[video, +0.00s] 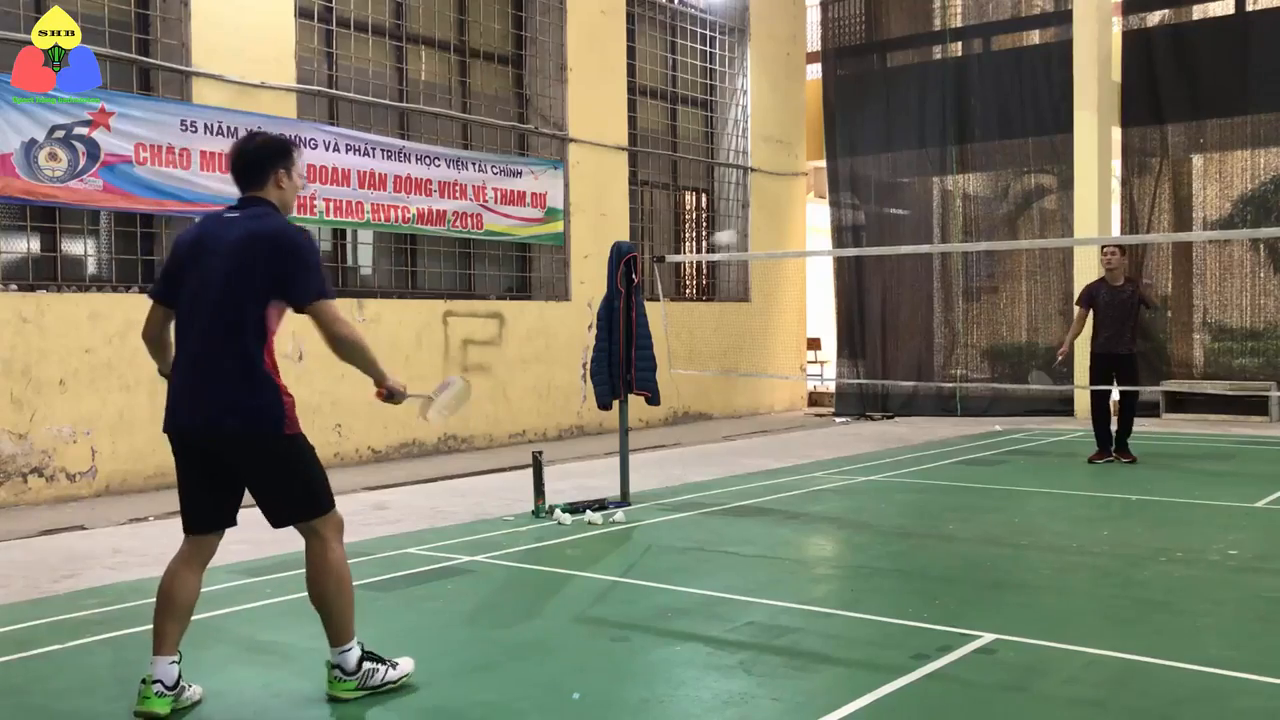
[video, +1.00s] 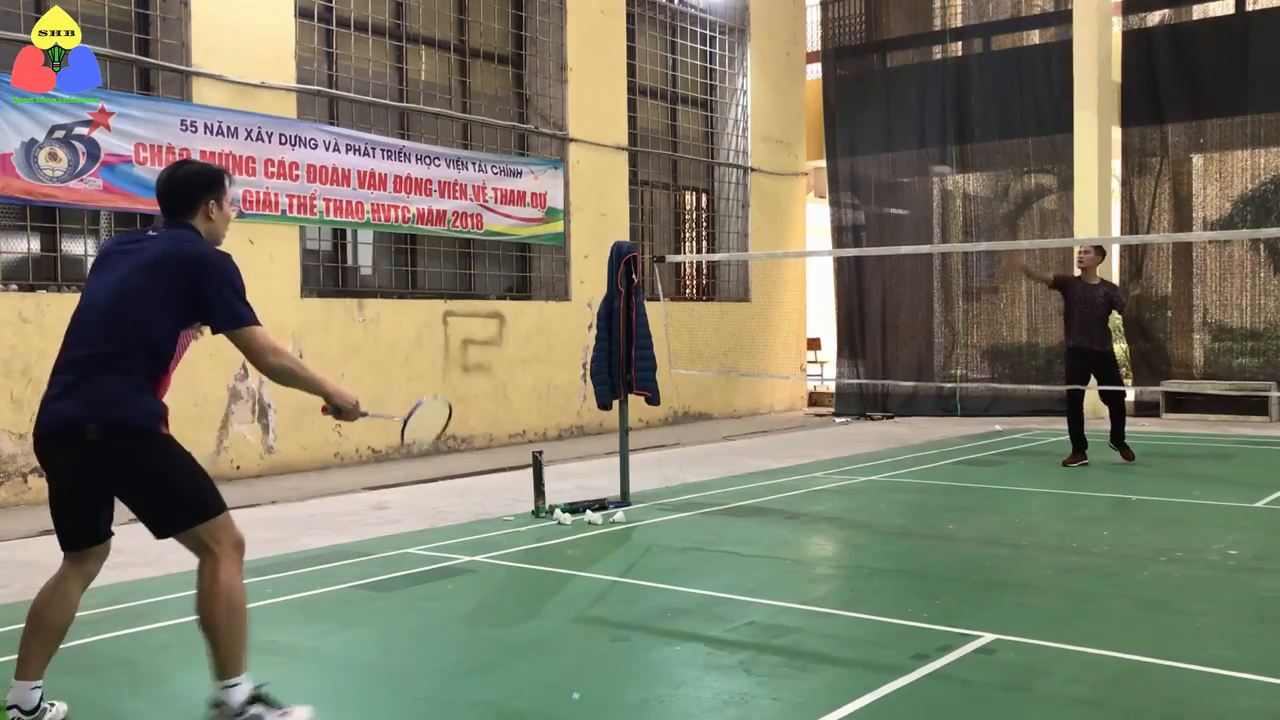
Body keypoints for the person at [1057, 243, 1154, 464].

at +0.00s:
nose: (1107, 257)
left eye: (1113, 254)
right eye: (1104, 254)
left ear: (1124, 259)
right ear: (1101, 259)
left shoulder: (1136, 288)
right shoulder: (1092, 289)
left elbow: (1156, 309)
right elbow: (1079, 320)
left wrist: (1152, 294)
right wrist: (1067, 343)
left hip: (1126, 353)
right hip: (1100, 354)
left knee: (1129, 399)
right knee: (1099, 401)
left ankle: (1122, 447)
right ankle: (1104, 448)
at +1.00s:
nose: (1080, 255)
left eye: (1086, 252)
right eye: (1080, 252)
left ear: (1099, 258)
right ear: (1079, 259)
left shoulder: (1109, 288)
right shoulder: (1069, 282)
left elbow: (1125, 311)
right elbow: (1045, 277)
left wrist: (1131, 296)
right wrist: (1024, 268)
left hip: (1103, 352)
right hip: (1076, 351)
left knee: (1117, 397)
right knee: (1074, 402)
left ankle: (1118, 440)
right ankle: (1078, 452)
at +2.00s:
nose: (1053, 256)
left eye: (1060, 254)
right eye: (1055, 253)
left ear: (1073, 261)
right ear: (1054, 260)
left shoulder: (1081, 291)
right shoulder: (1043, 284)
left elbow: (1098, 321)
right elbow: (1009, 270)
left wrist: (1102, 306)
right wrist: (1010, 246)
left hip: (1077, 356)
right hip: (1050, 355)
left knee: (1097, 405)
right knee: (1035, 403)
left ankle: (1113, 454)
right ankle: (1032, 451)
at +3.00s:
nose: (1050, 260)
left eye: (1055, 256)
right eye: (1049, 256)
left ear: (1070, 262)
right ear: (1048, 262)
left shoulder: (1083, 292)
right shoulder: (1042, 288)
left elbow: (1099, 322)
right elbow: (1010, 289)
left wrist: (1108, 307)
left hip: (1081, 359)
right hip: (1052, 358)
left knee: (1098, 408)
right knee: (1037, 405)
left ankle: (1106, 456)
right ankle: (1032, 452)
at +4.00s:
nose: (1036, 266)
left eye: (1041, 262)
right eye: (1035, 263)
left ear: (1055, 263)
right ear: (1035, 267)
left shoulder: (1077, 290)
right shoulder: (1037, 295)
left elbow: (1092, 319)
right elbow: (1029, 318)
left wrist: (1095, 306)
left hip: (1074, 359)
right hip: (1046, 359)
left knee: (1091, 406)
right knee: (1029, 401)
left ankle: (1105, 455)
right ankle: (1030, 453)